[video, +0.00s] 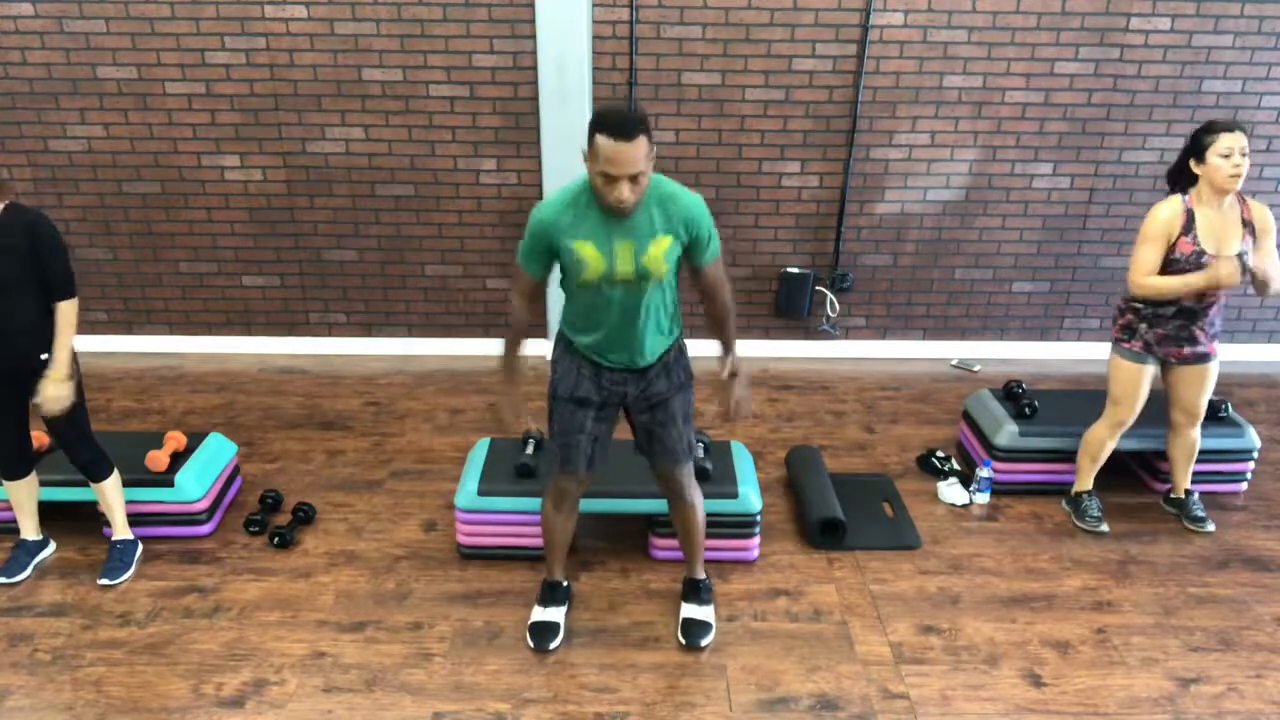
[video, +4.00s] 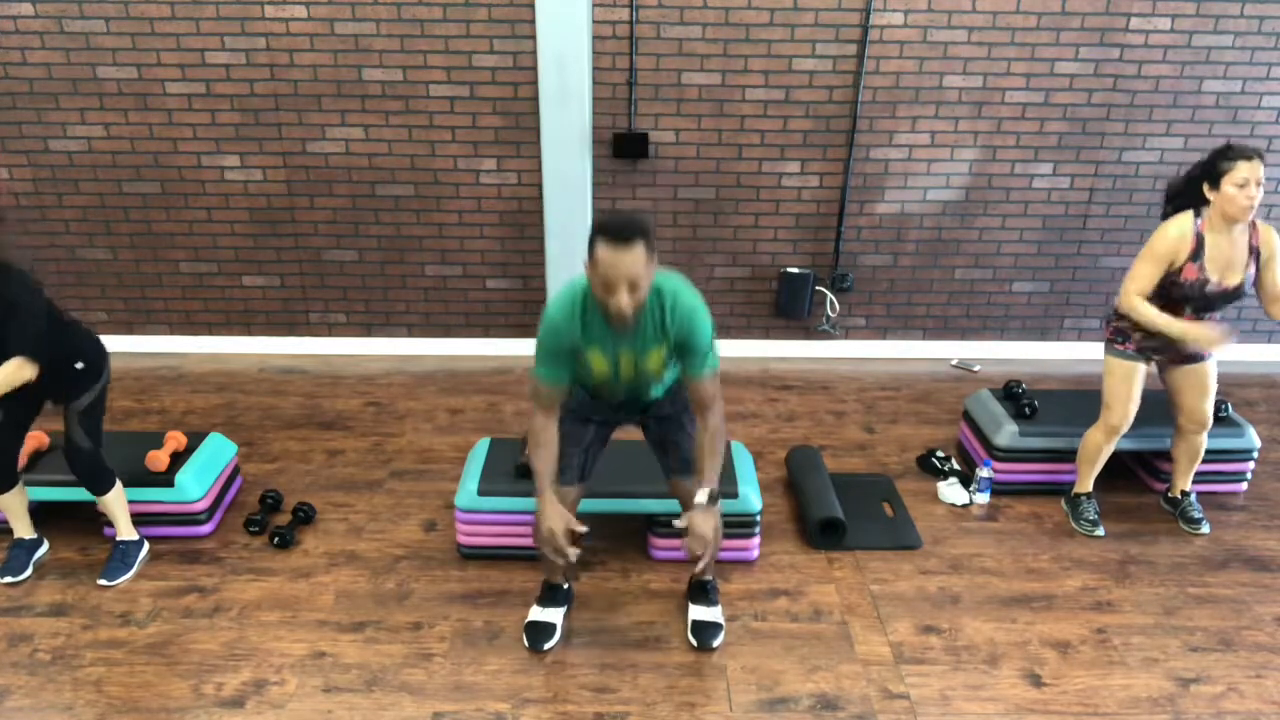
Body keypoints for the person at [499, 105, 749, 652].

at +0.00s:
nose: (623, 192)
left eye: (635, 177)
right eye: (609, 178)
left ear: (652, 161)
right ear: (587, 162)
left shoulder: (685, 211)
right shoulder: (551, 220)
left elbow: (715, 286)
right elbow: (525, 296)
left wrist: (732, 360)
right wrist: (510, 368)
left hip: (660, 364)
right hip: (583, 364)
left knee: (677, 477)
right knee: (566, 481)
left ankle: (697, 583)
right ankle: (553, 586)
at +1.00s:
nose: (625, 267)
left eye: (637, 253)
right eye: (612, 252)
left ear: (655, 244)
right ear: (595, 244)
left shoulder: (682, 288)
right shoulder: (566, 288)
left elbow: (715, 391)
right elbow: (530, 389)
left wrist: (729, 498)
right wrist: (522, 497)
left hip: (660, 379)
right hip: (585, 378)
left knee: (681, 493)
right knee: (556, 492)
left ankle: (698, 584)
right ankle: (554, 586)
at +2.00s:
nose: (629, 238)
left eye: (640, 222)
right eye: (615, 224)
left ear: (656, 209)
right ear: (594, 211)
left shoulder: (685, 255)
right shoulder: (563, 263)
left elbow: (709, 358)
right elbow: (547, 365)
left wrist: (716, 453)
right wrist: (540, 467)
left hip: (665, 372)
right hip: (588, 377)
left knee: (690, 483)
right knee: (561, 483)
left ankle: (702, 583)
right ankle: (554, 586)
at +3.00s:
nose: (622, 224)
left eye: (634, 210)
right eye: (610, 210)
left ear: (651, 192)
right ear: (588, 192)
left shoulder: (680, 238)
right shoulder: (555, 244)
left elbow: (734, 329)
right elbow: (506, 333)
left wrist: (765, 416)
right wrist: (484, 428)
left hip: (659, 367)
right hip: (582, 368)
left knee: (683, 484)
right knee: (561, 486)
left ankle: (701, 586)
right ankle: (554, 588)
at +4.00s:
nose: (622, 303)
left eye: (634, 288)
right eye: (608, 288)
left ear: (652, 271)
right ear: (589, 273)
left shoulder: (683, 306)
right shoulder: (564, 313)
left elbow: (710, 408)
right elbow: (544, 410)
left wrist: (707, 501)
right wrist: (545, 500)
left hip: (663, 395)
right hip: (590, 398)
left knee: (690, 492)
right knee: (558, 497)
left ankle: (704, 584)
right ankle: (556, 585)